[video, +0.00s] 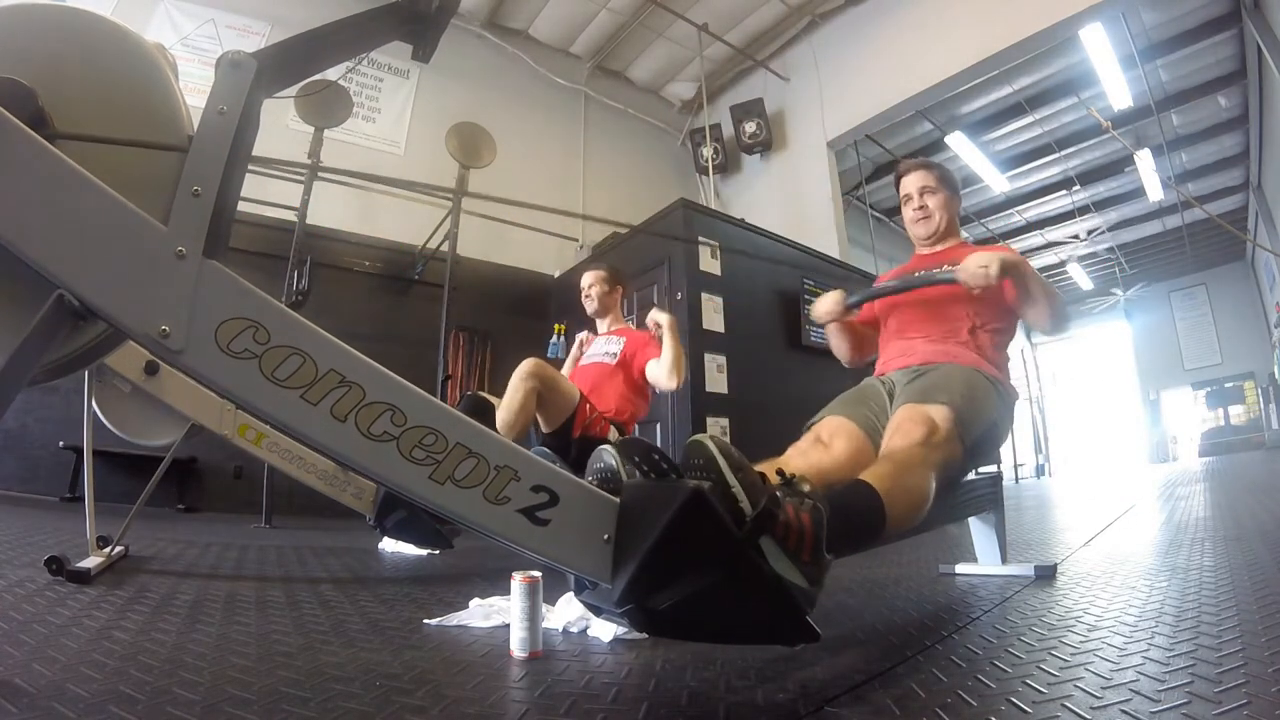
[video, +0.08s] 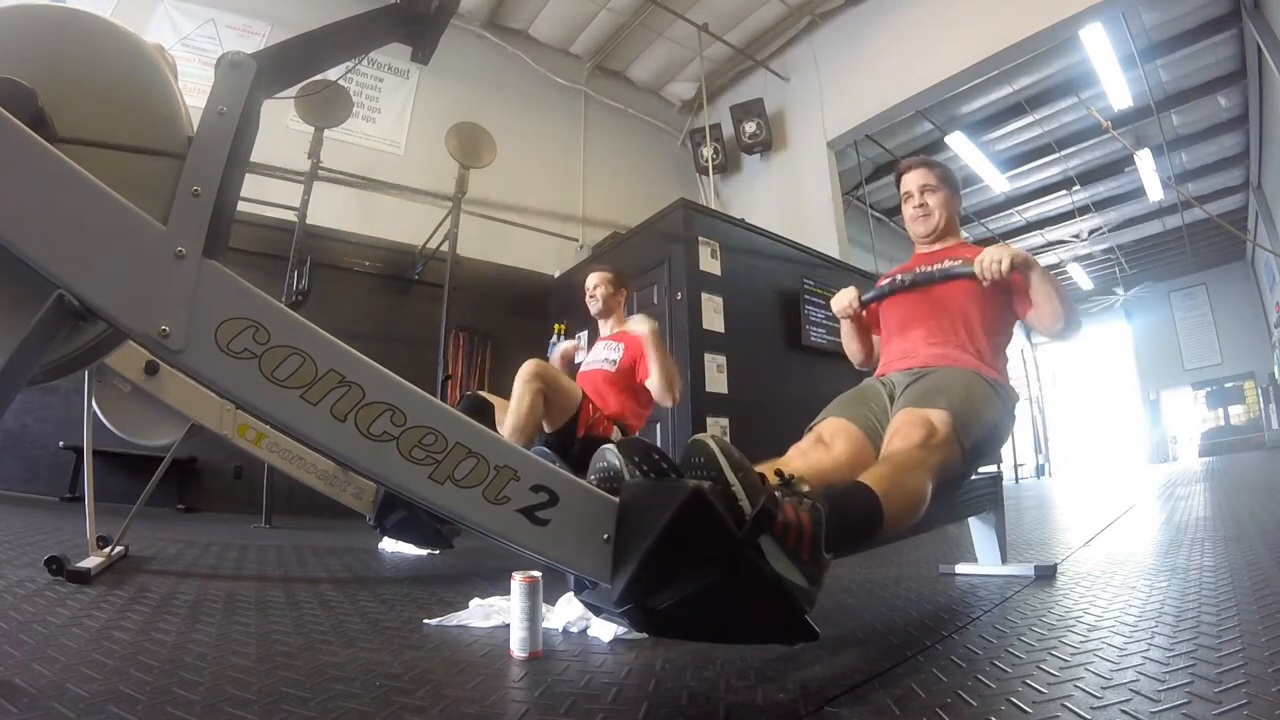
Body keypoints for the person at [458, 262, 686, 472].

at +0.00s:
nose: (585, 294)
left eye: (592, 287)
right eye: (582, 291)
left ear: (617, 292)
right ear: (582, 301)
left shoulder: (638, 339)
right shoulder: (587, 342)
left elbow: (670, 380)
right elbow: (560, 391)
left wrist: (669, 326)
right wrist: (574, 355)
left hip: (603, 432)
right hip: (564, 427)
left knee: (532, 370)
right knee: (476, 401)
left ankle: (491, 461)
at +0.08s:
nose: (589, 295)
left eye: (597, 287)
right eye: (587, 292)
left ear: (621, 294)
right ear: (587, 301)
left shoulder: (639, 339)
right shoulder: (595, 347)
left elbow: (668, 398)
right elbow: (572, 404)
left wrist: (651, 335)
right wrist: (562, 365)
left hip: (607, 434)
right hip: (572, 430)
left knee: (534, 371)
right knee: (475, 401)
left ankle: (505, 468)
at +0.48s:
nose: (595, 296)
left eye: (603, 290)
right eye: (593, 292)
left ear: (626, 298)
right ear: (592, 302)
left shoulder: (641, 340)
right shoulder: (596, 347)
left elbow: (672, 396)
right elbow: (595, 398)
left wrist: (608, 403)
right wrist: (568, 409)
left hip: (614, 439)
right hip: (576, 433)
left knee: (537, 403)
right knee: (481, 401)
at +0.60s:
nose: (596, 293)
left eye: (605, 287)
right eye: (594, 288)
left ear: (627, 297)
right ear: (592, 299)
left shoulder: (640, 340)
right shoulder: (598, 347)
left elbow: (670, 396)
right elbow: (600, 403)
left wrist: (605, 408)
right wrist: (570, 415)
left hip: (614, 442)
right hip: (579, 435)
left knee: (535, 417)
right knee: (485, 400)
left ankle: (490, 550)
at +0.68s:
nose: (598, 295)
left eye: (607, 290)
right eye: (596, 290)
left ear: (627, 298)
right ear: (594, 297)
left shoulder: (641, 339)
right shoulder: (599, 346)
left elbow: (667, 394)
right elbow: (602, 400)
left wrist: (591, 407)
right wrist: (570, 408)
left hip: (617, 436)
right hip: (583, 430)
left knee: (535, 417)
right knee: (489, 399)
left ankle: (488, 550)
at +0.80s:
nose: (597, 290)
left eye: (606, 284)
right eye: (595, 285)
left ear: (628, 295)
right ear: (592, 295)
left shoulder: (643, 330)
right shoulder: (600, 344)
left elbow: (653, 392)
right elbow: (598, 398)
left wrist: (580, 395)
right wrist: (567, 406)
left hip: (621, 437)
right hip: (583, 428)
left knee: (538, 419)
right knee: (494, 396)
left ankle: (492, 550)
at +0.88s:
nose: (597, 291)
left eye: (605, 284)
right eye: (594, 285)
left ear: (628, 294)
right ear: (590, 294)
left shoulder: (638, 328)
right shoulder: (595, 337)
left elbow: (650, 390)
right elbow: (593, 393)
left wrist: (579, 391)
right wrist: (562, 406)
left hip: (622, 435)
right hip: (582, 425)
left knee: (539, 418)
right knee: (496, 393)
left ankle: (492, 550)